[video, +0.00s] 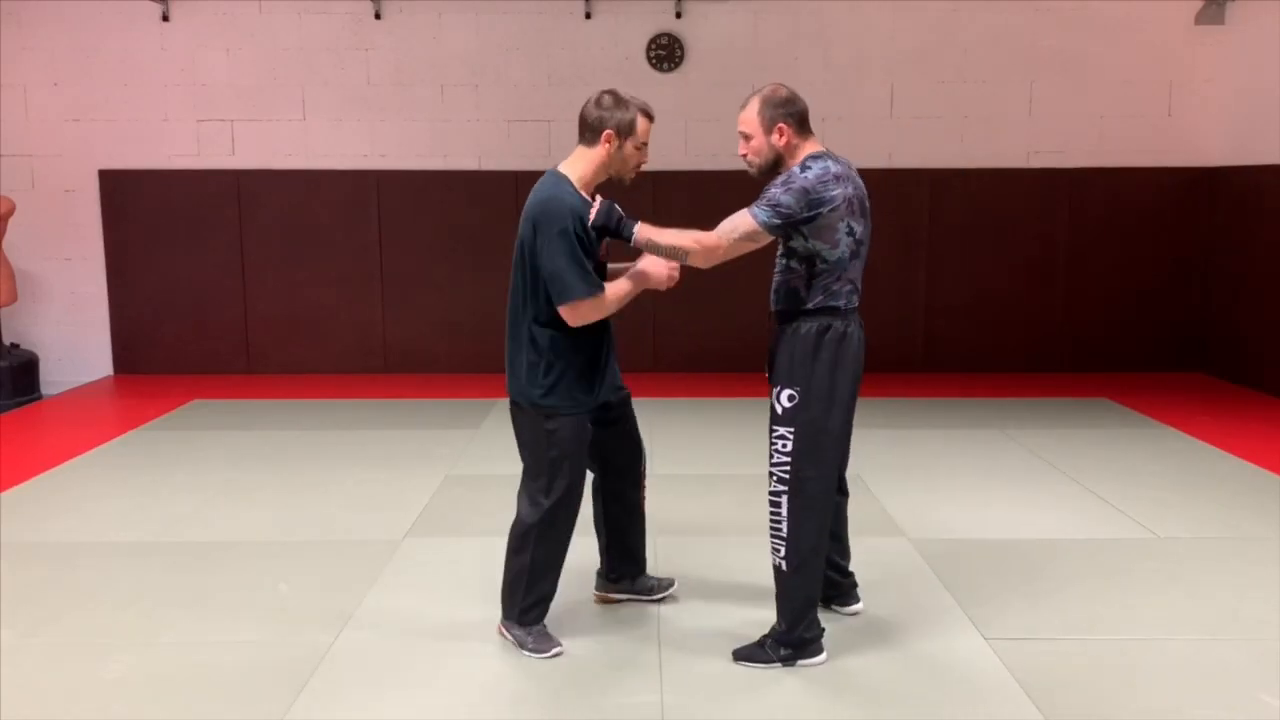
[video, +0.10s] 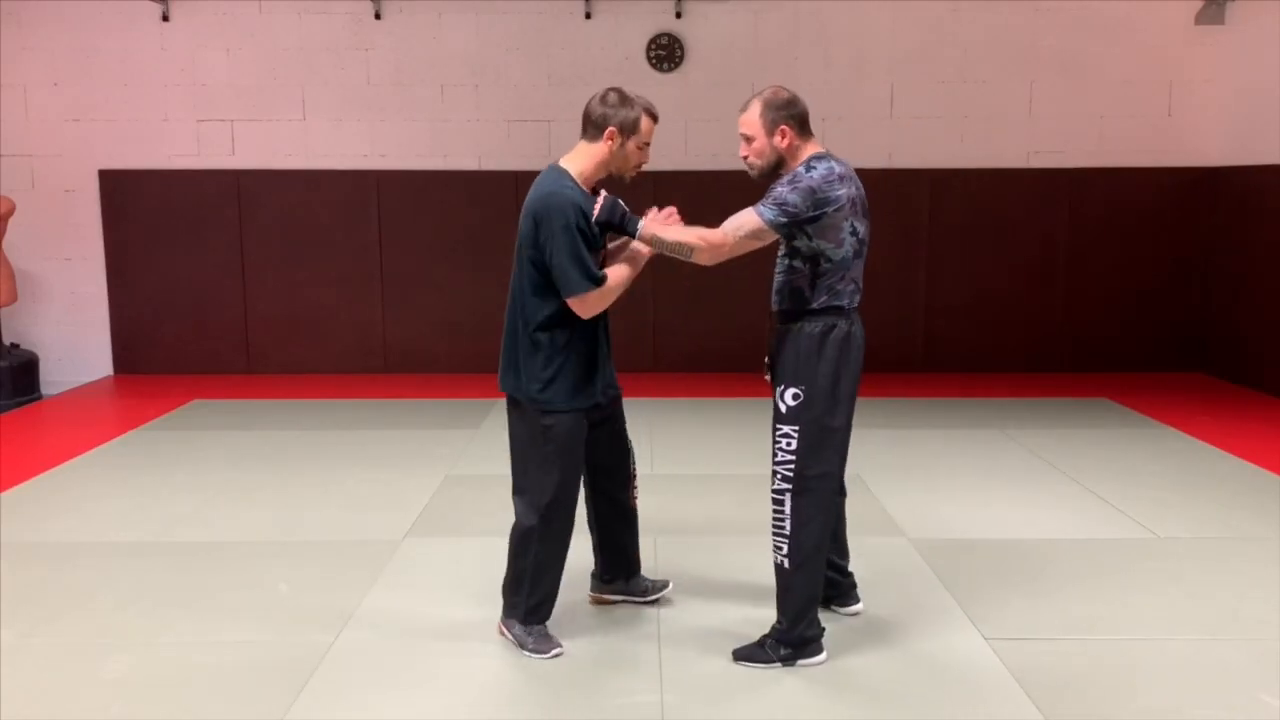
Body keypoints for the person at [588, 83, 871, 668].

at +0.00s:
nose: (741, 148)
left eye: (748, 137)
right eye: (740, 137)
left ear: (782, 133)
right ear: (790, 133)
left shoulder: (808, 184)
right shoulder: (834, 175)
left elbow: (713, 247)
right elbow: (734, 244)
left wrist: (627, 228)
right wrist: (644, 240)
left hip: (813, 342)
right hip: (833, 337)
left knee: (795, 485)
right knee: (822, 472)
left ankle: (797, 633)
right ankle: (835, 581)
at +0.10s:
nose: (742, 150)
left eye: (749, 139)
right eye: (741, 139)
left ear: (784, 135)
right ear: (789, 136)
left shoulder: (813, 184)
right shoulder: (826, 177)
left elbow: (713, 247)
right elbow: (729, 244)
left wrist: (634, 228)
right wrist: (650, 235)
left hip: (815, 342)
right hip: (826, 338)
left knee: (796, 483)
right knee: (820, 472)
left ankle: (797, 633)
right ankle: (834, 581)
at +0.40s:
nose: (742, 158)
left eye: (748, 146)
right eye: (741, 146)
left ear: (784, 141)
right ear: (787, 141)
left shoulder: (817, 185)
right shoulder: (822, 177)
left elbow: (719, 242)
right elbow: (810, 275)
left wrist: (633, 231)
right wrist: (779, 337)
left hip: (819, 337)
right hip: (820, 334)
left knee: (797, 482)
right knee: (817, 473)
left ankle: (795, 633)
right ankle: (834, 581)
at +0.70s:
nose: (741, 158)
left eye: (746, 146)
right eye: (739, 147)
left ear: (781, 140)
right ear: (784, 139)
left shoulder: (810, 185)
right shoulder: (825, 176)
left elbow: (709, 235)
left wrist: (620, 223)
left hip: (813, 339)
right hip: (820, 335)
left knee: (795, 482)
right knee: (817, 472)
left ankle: (801, 632)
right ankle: (834, 581)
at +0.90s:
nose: (735, 155)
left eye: (742, 144)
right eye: (734, 144)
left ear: (778, 138)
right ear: (783, 139)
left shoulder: (804, 187)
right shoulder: (828, 176)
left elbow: (701, 242)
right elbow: (719, 238)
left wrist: (609, 222)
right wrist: (638, 237)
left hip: (809, 343)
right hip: (826, 338)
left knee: (791, 484)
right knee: (819, 472)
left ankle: (800, 633)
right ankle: (835, 583)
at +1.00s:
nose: (734, 154)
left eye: (742, 143)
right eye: (733, 142)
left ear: (777, 139)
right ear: (782, 139)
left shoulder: (804, 187)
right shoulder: (826, 177)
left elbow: (701, 241)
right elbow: (719, 239)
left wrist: (610, 225)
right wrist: (643, 241)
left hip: (808, 344)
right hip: (823, 339)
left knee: (789, 485)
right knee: (817, 474)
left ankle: (800, 634)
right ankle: (835, 584)